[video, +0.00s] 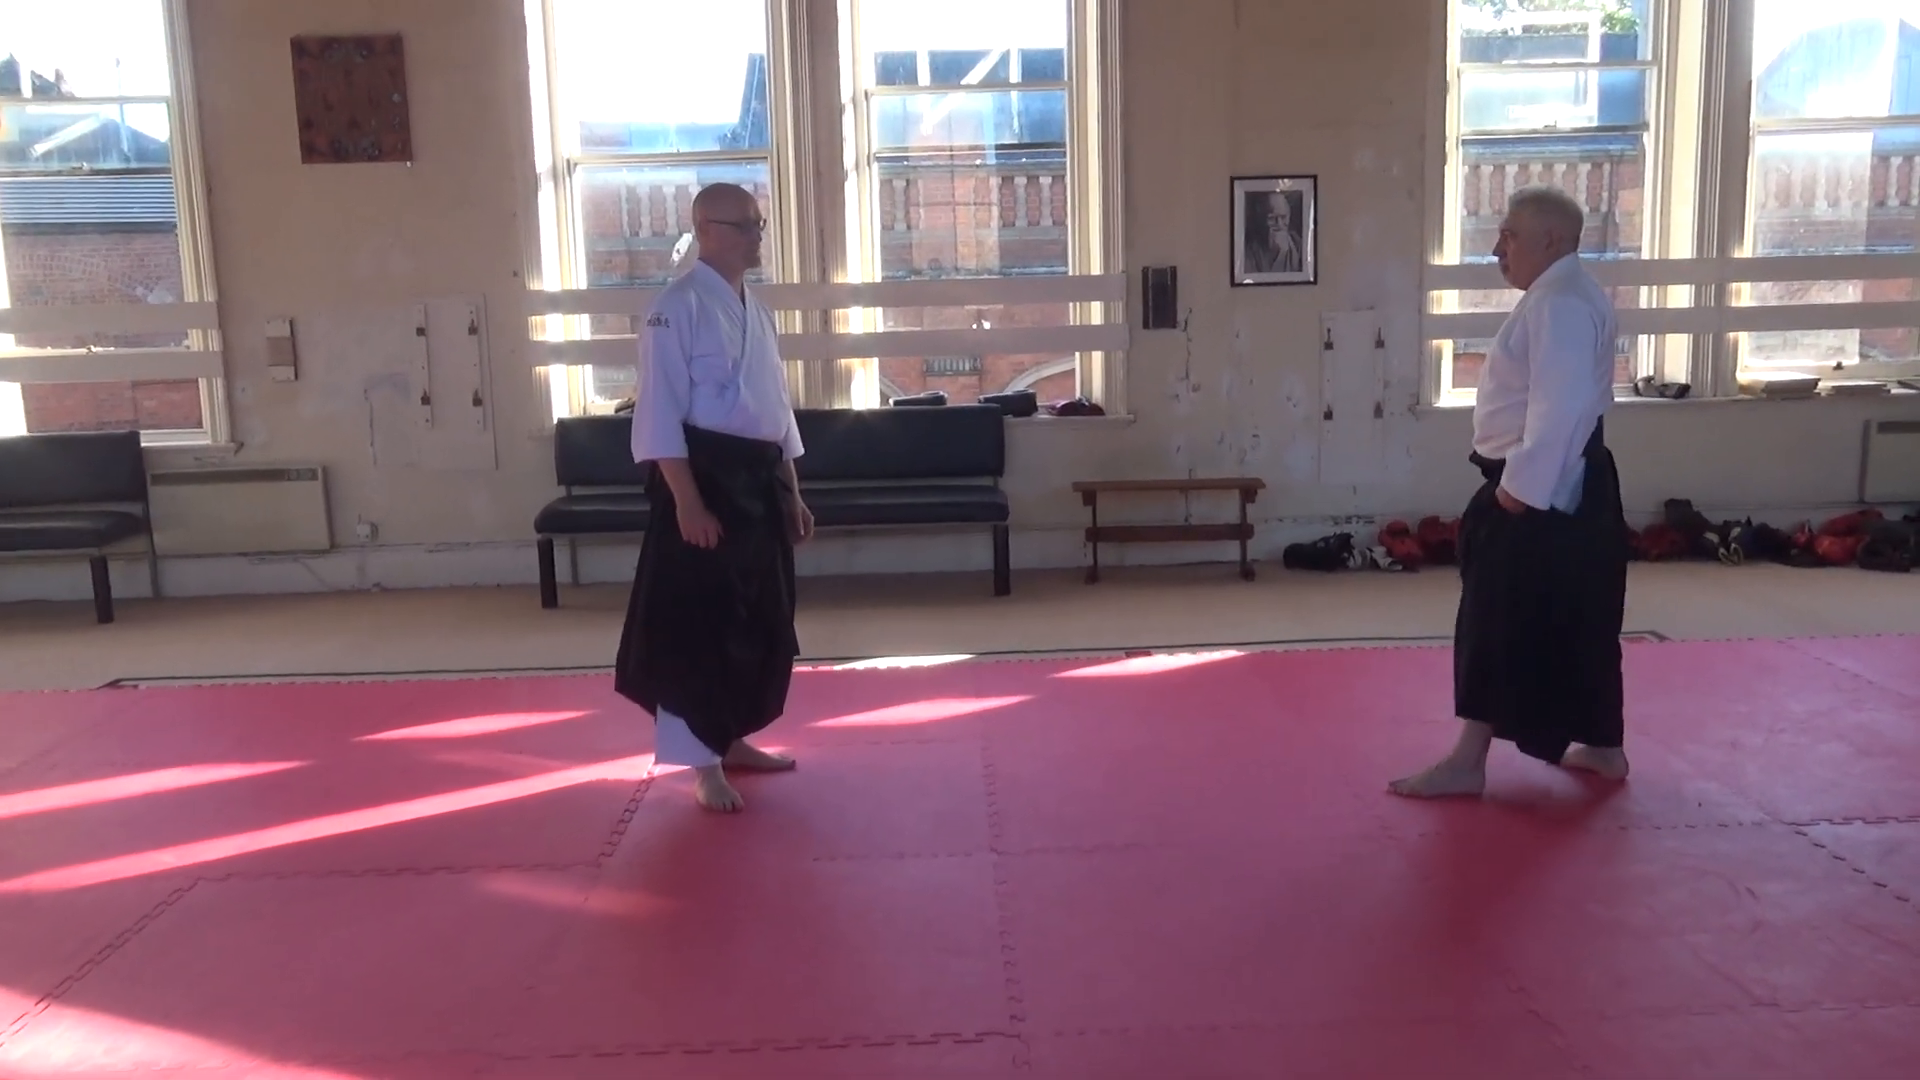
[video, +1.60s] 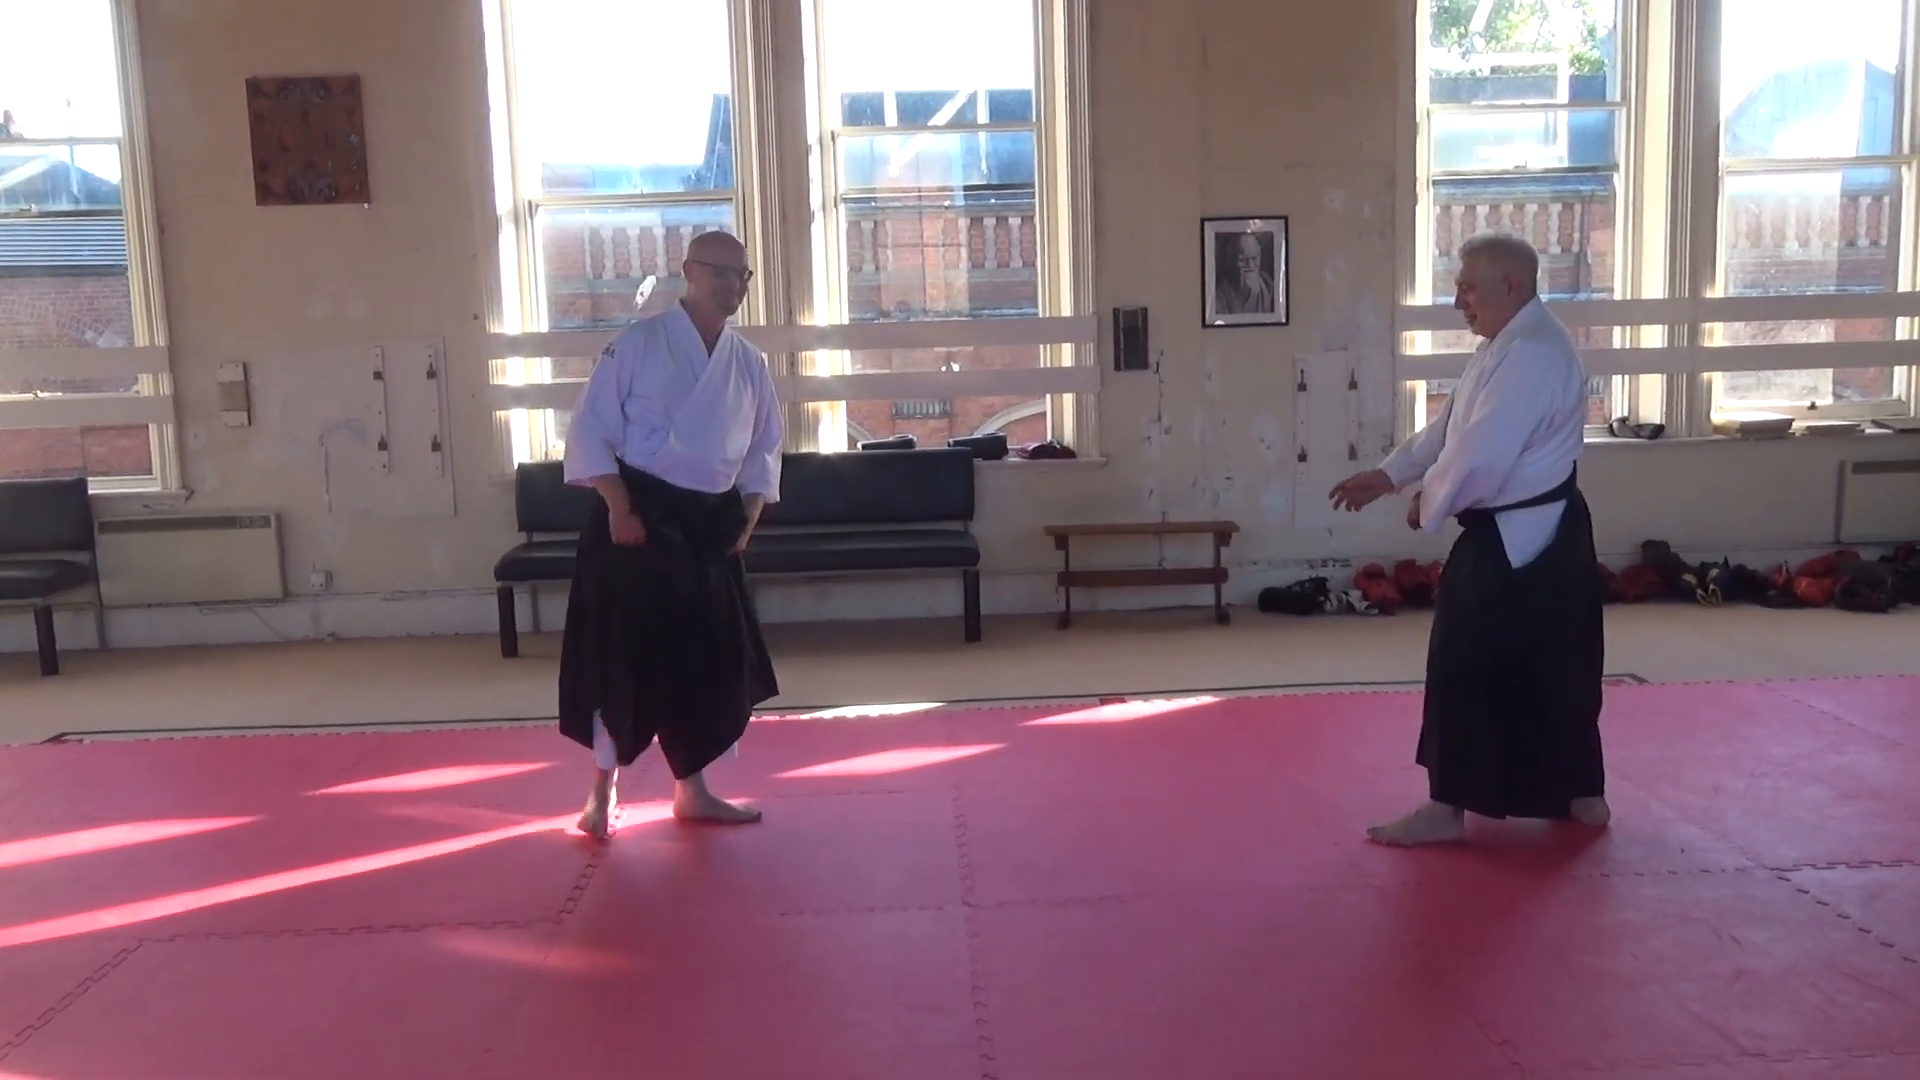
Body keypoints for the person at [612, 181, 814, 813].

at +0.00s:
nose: (757, 235)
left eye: (758, 225)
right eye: (743, 225)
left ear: (751, 231)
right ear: (704, 228)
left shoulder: (755, 307)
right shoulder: (676, 302)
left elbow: (775, 402)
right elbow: (658, 410)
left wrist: (791, 487)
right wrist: (686, 499)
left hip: (758, 472)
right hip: (699, 474)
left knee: (752, 608)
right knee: (698, 615)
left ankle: (731, 739)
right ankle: (704, 761)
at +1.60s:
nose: (737, 284)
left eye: (743, 274)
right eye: (724, 272)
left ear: (747, 281)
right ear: (690, 272)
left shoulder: (750, 363)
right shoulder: (638, 342)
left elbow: (764, 447)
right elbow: (589, 428)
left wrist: (747, 516)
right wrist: (617, 502)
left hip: (710, 520)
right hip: (637, 511)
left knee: (704, 654)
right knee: (625, 651)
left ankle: (692, 791)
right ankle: (602, 790)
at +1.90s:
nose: (661, 220)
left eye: (665, 208)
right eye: (647, 205)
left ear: (658, 218)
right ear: (597, 208)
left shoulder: (666, 316)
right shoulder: (527, 296)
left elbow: (690, 421)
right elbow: (477, 419)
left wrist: (662, 511)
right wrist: (528, 510)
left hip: (619, 519)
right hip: (521, 512)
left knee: (628, 686)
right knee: (498, 683)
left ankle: (625, 856)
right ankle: (442, 824)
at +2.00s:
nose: (615, 200)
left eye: (620, 188)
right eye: (600, 185)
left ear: (618, 200)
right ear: (546, 190)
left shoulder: (628, 303)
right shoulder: (478, 289)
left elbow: (656, 413)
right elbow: (430, 418)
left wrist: (629, 508)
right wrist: (484, 512)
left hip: (580, 521)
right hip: (474, 516)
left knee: (597, 694)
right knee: (446, 689)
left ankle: (608, 872)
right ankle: (407, 842)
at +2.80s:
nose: (529, 216)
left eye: (535, 205)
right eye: (512, 202)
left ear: (539, 212)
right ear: (463, 201)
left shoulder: (562, 302)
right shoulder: (416, 309)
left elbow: (609, 419)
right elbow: (397, 446)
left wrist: (629, 525)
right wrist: (445, 558)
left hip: (568, 521)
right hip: (462, 523)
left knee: (605, 680)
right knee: (455, 683)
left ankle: (620, 850)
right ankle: (453, 842)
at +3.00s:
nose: (604, 255)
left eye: (602, 242)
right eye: (580, 240)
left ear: (600, 253)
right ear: (544, 248)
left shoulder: (634, 336)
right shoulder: (504, 341)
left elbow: (697, 415)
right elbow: (457, 445)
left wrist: (745, 498)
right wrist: (503, 536)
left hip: (625, 536)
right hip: (534, 537)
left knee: (656, 683)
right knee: (522, 683)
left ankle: (664, 837)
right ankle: (510, 812)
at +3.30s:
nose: (674, 269)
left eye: (672, 256)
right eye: (661, 257)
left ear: (648, 264)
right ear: (613, 264)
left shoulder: (706, 327)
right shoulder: (561, 341)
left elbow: (795, 304)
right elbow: (474, 318)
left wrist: (889, 280)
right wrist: (550, 269)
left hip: (696, 541)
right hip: (606, 540)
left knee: (702, 686)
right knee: (565, 699)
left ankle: (686, 829)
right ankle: (516, 854)